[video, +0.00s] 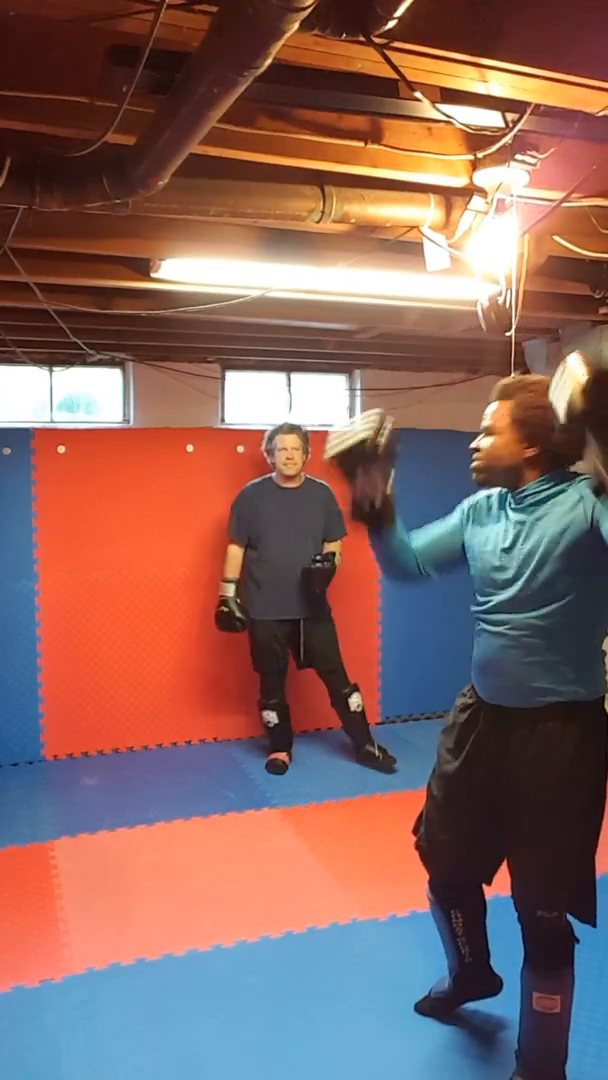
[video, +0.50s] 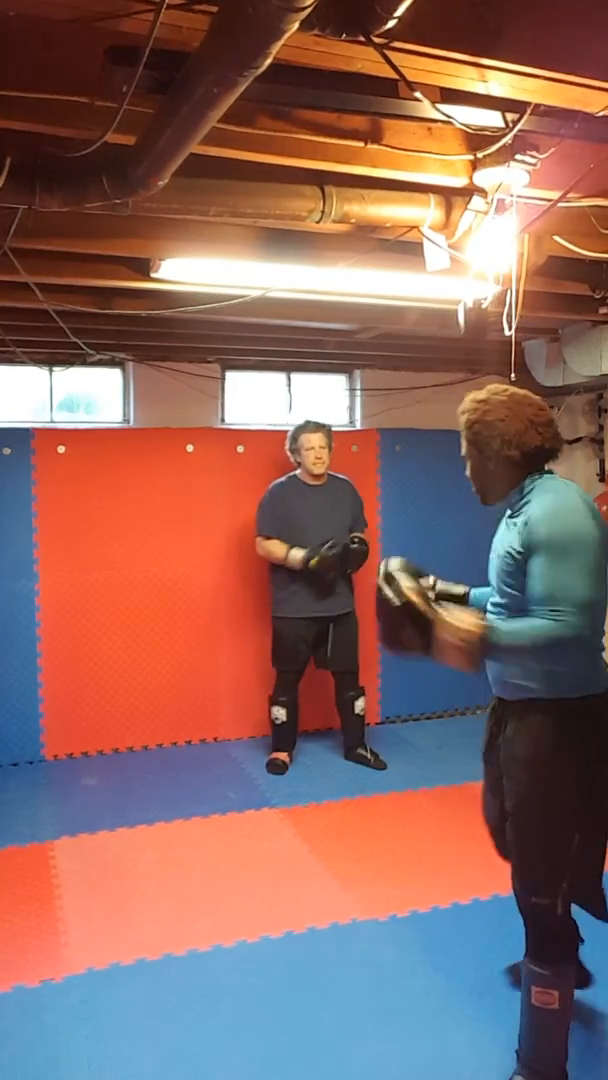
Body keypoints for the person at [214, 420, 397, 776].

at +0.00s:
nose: (289, 456)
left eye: (295, 450)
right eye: (282, 450)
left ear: (306, 454)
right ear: (269, 455)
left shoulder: (321, 494)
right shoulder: (250, 496)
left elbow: (334, 539)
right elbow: (236, 546)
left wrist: (326, 567)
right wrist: (228, 593)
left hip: (311, 604)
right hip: (264, 606)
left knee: (336, 674)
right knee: (271, 682)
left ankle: (364, 743)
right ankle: (280, 749)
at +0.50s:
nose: (318, 455)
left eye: (323, 449)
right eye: (310, 450)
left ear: (330, 451)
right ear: (296, 455)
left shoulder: (345, 489)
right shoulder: (277, 495)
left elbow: (360, 532)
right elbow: (265, 544)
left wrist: (357, 551)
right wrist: (307, 558)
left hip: (340, 605)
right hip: (294, 607)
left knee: (349, 676)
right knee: (287, 679)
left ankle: (355, 744)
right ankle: (282, 748)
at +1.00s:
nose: (357, 457)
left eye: (361, 450)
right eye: (349, 451)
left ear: (367, 452)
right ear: (332, 455)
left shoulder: (381, 490)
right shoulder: (315, 493)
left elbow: (398, 536)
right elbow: (301, 547)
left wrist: (390, 541)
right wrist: (346, 537)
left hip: (375, 603)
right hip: (333, 604)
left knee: (366, 674)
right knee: (329, 672)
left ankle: (358, 744)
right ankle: (295, 747)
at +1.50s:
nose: (370, 460)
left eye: (374, 453)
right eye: (362, 453)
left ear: (380, 453)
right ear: (344, 455)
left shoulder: (391, 492)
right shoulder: (324, 493)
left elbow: (409, 536)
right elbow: (305, 545)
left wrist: (384, 544)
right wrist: (342, 542)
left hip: (381, 605)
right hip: (341, 607)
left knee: (368, 679)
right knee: (344, 683)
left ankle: (360, 744)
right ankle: (343, 766)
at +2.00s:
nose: (364, 458)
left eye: (367, 451)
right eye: (355, 453)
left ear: (374, 450)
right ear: (336, 456)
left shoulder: (387, 489)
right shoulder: (321, 494)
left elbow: (402, 537)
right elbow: (303, 548)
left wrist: (374, 541)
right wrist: (348, 543)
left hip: (382, 611)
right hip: (339, 614)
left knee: (370, 684)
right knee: (341, 687)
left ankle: (360, 746)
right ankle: (344, 768)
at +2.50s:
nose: (359, 462)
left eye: (362, 454)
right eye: (350, 456)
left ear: (368, 453)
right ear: (331, 458)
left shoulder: (374, 489)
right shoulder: (316, 494)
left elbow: (387, 543)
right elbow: (296, 552)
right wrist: (340, 546)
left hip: (373, 619)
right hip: (333, 621)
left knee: (368, 698)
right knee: (336, 697)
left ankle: (367, 771)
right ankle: (334, 771)